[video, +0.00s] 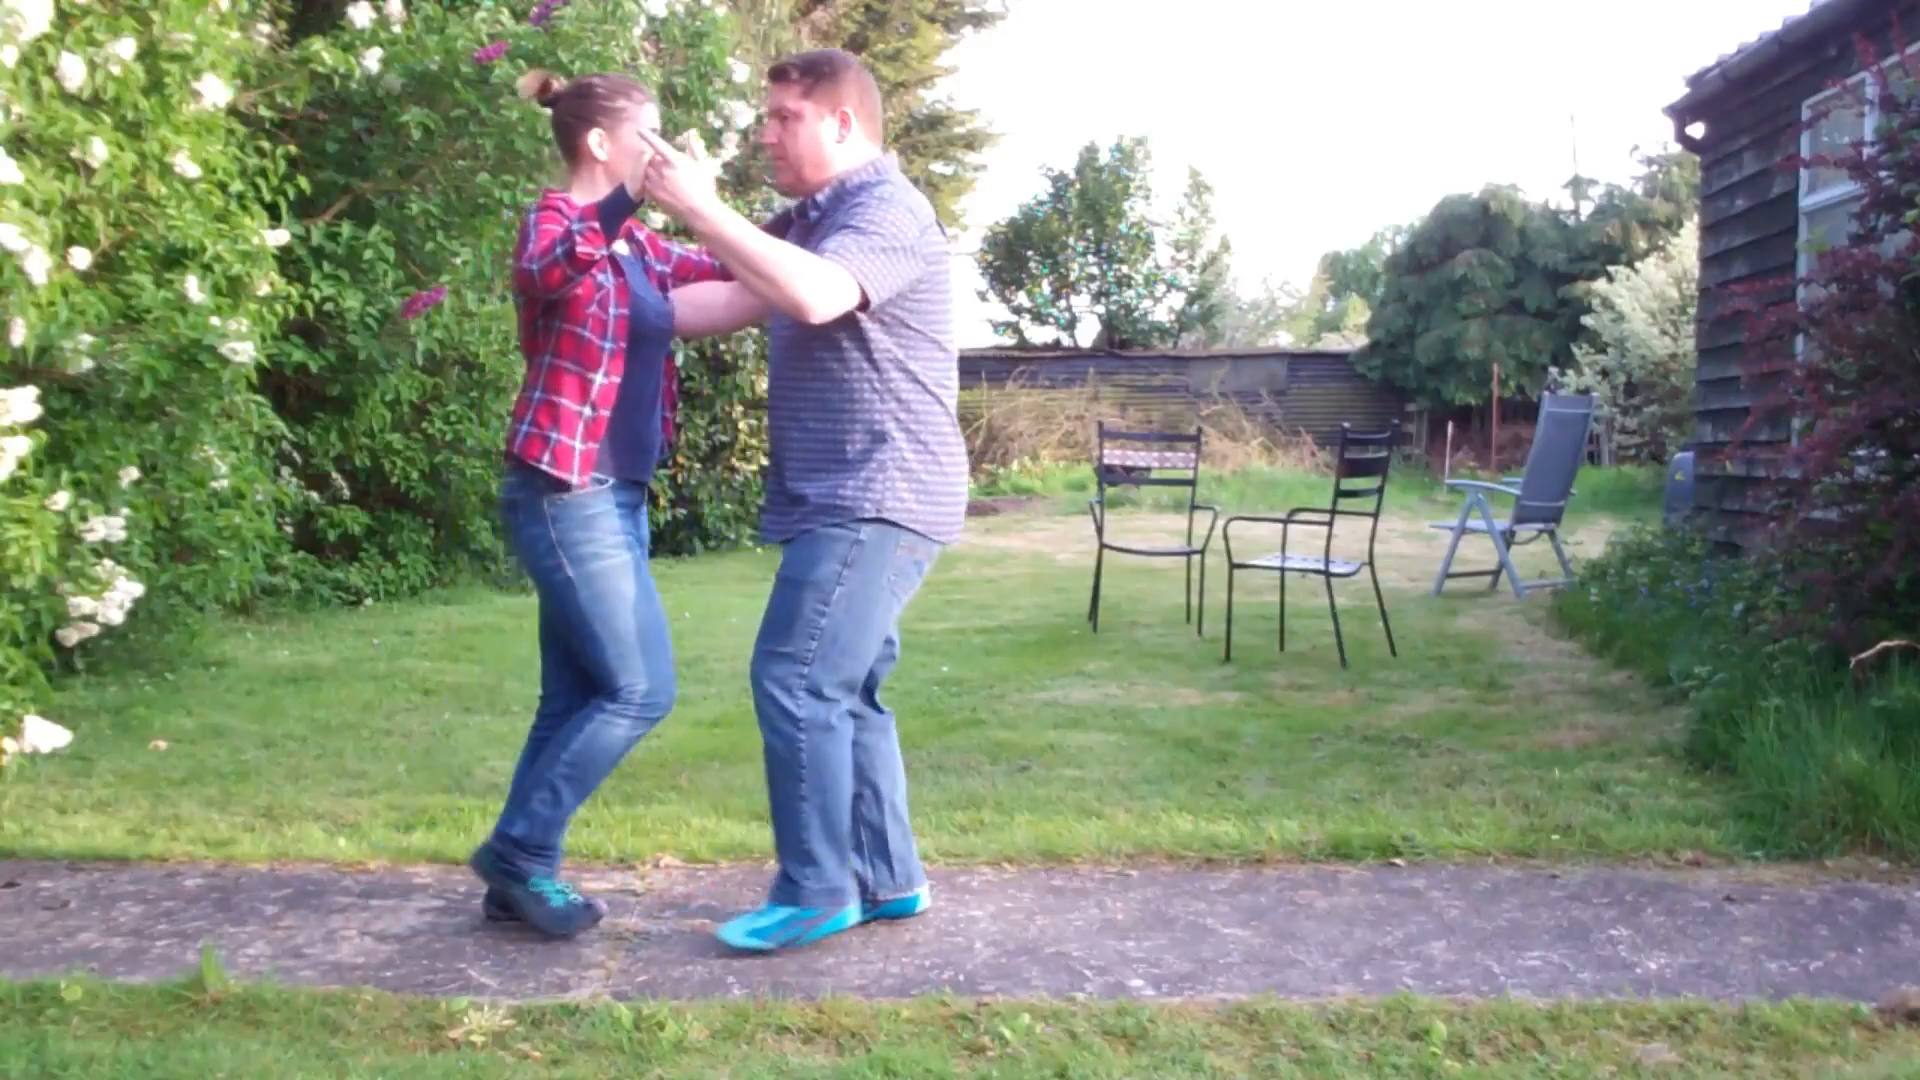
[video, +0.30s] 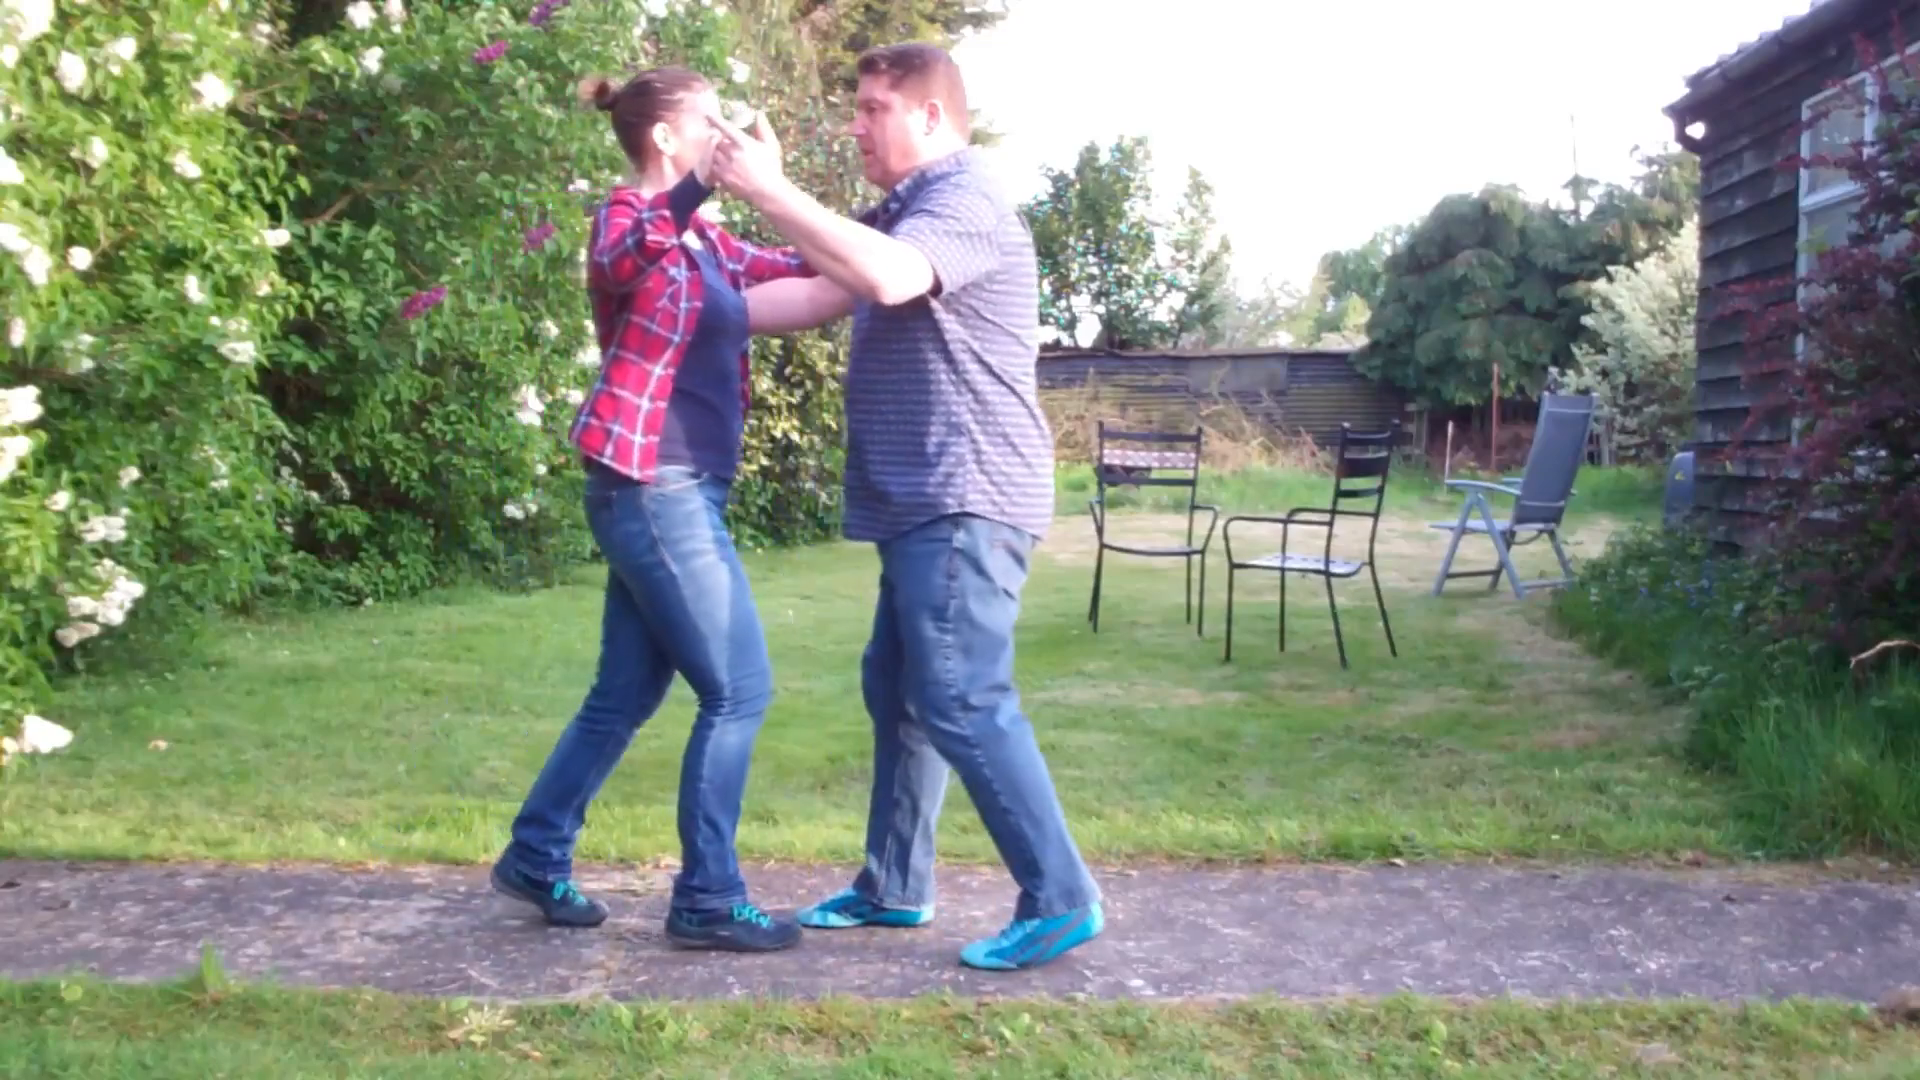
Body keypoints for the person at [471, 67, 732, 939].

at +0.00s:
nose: (660, 150)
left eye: (658, 134)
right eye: (647, 134)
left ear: (604, 143)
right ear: (599, 141)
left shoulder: (639, 241)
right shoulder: (550, 221)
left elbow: (725, 265)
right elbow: (545, 276)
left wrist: (801, 232)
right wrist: (615, 201)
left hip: (618, 491)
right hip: (561, 488)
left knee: (575, 693)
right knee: (639, 690)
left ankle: (519, 870)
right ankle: (518, 859)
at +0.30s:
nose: (722, 138)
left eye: (722, 124)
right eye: (710, 123)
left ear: (671, 137)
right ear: (664, 134)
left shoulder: (711, 238)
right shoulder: (623, 217)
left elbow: (808, 268)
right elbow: (625, 263)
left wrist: (877, 238)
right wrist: (702, 185)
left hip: (682, 484)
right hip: (647, 485)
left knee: (625, 693)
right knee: (738, 689)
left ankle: (534, 856)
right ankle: (708, 899)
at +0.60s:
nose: (801, 140)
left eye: (800, 125)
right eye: (786, 124)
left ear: (749, 141)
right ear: (737, 136)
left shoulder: (787, 244)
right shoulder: (702, 223)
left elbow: (889, 266)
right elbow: (702, 283)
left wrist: (974, 234)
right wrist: (789, 198)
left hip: (775, 495)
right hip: (722, 493)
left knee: (848, 680)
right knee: (766, 704)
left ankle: (780, 870)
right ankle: (704, 901)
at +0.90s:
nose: (851, 142)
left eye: (850, 126)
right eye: (837, 124)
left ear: (799, 138)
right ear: (786, 133)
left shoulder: (834, 236)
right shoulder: (748, 220)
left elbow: (931, 262)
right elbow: (760, 285)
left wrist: (1019, 230)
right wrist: (837, 198)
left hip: (857, 491)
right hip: (794, 494)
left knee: (905, 686)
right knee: (847, 702)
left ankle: (877, 887)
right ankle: (728, 877)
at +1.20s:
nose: (838, 149)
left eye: (838, 134)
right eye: (825, 132)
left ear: (788, 144)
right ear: (774, 140)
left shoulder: (819, 241)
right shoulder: (738, 225)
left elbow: (915, 265)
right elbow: (752, 294)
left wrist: (1002, 236)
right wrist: (818, 206)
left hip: (837, 497)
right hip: (778, 500)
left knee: (893, 684)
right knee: (841, 707)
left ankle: (877, 882)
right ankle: (713, 876)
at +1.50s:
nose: (768, 149)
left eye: (765, 133)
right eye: (753, 132)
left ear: (725, 139)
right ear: (704, 135)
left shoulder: (752, 241)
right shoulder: (660, 226)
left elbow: (842, 266)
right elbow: (663, 286)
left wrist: (919, 248)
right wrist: (700, 188)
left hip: (747, 488)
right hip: (694, 487)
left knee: (795, 680)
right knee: (750, 695)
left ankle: (653, 820)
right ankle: (692, 899)